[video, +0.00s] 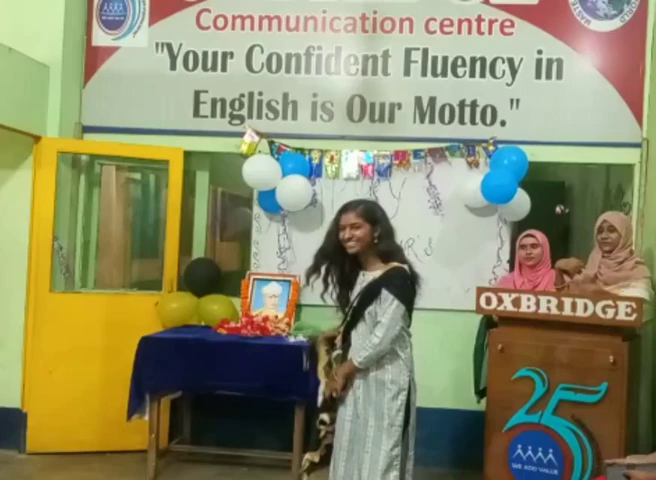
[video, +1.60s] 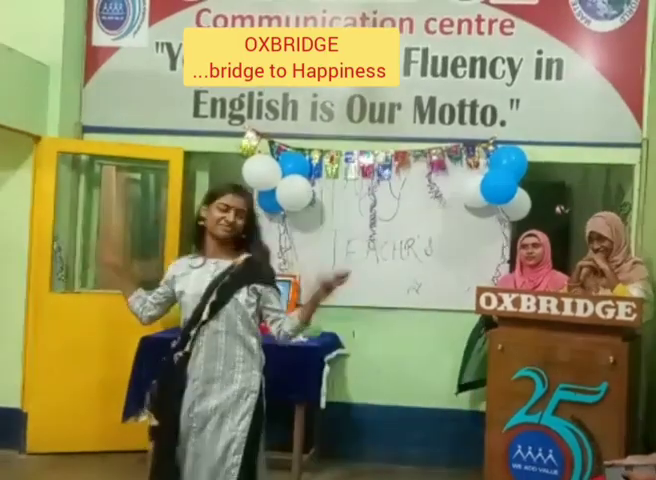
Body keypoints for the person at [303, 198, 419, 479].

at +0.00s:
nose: (347, 235)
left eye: (356, 227)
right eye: (343, 229)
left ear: (376, 231)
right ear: (338, 234)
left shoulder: (397, 276)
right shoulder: (360, 275)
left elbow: (385, 338)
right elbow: (358, 325)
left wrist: (345, 369)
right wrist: (340, 338)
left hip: (385, 378)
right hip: (360, 376)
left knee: (378, 459)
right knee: (351, 455)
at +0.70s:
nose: (362, 226)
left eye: (372, 221)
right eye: (358, 220)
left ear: (389, 231)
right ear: (352, 226)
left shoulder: (402, 275)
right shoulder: (355, 272)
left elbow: (403, 340)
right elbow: (355, 317)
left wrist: (352, 339)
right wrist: (333, 332)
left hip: (384, 378)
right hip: (356, 374)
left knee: (378, 454)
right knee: (348, 449)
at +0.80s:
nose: (360, 227)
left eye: (370, 221)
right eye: (356, 220)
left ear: (388, 230)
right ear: (351, 225)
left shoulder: (402, 274)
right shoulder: (351, 271)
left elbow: (397, 337)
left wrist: (353, 311)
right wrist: (328, 325)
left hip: (381, 380)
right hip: (347, 376)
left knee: (373, 457)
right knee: (338, 452)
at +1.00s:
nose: (352, 228)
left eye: (362, 222)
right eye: (348, 221)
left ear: (381, 231)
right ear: (342, 226)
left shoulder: (395, 273)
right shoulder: (347, 272)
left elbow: (373, 321)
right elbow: (314, 319)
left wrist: (367, 265)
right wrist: (302, 296)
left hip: (373, 383)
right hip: (340, 379)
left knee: (367, 461)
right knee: (331, 457)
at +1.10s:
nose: (343, 227)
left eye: (353, 221)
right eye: (339, 220)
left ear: (371, 229)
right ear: (333, 224)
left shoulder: (386, 273)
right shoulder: (337, 268)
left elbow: (361, 316)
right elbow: (296, 294)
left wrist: (367, 269)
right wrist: (304, 255)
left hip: (364, 371)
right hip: (330, 367)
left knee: (359, 448)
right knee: (326, 443)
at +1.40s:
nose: (318, 227)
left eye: (325, 219)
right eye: (311, 221)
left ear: (341, 225)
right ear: (304, 229)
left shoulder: (360, 270)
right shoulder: (304, 266)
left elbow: (343, 308)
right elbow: (263, 280)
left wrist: (344, 264)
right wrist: (291, 232)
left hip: (333, 374)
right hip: (298, 371)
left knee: (322, 457)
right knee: (292, 448)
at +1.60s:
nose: (230, 218)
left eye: (239, 215)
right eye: (223, 209)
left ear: (245, 225)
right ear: (204, 213)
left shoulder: (255, 270)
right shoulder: (183, 267)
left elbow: (282, 332)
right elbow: (148, 312)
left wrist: (318, 296)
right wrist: (120, 274)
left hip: (239, 387)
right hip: (193, 386)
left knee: (229, 469)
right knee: (188, 467)